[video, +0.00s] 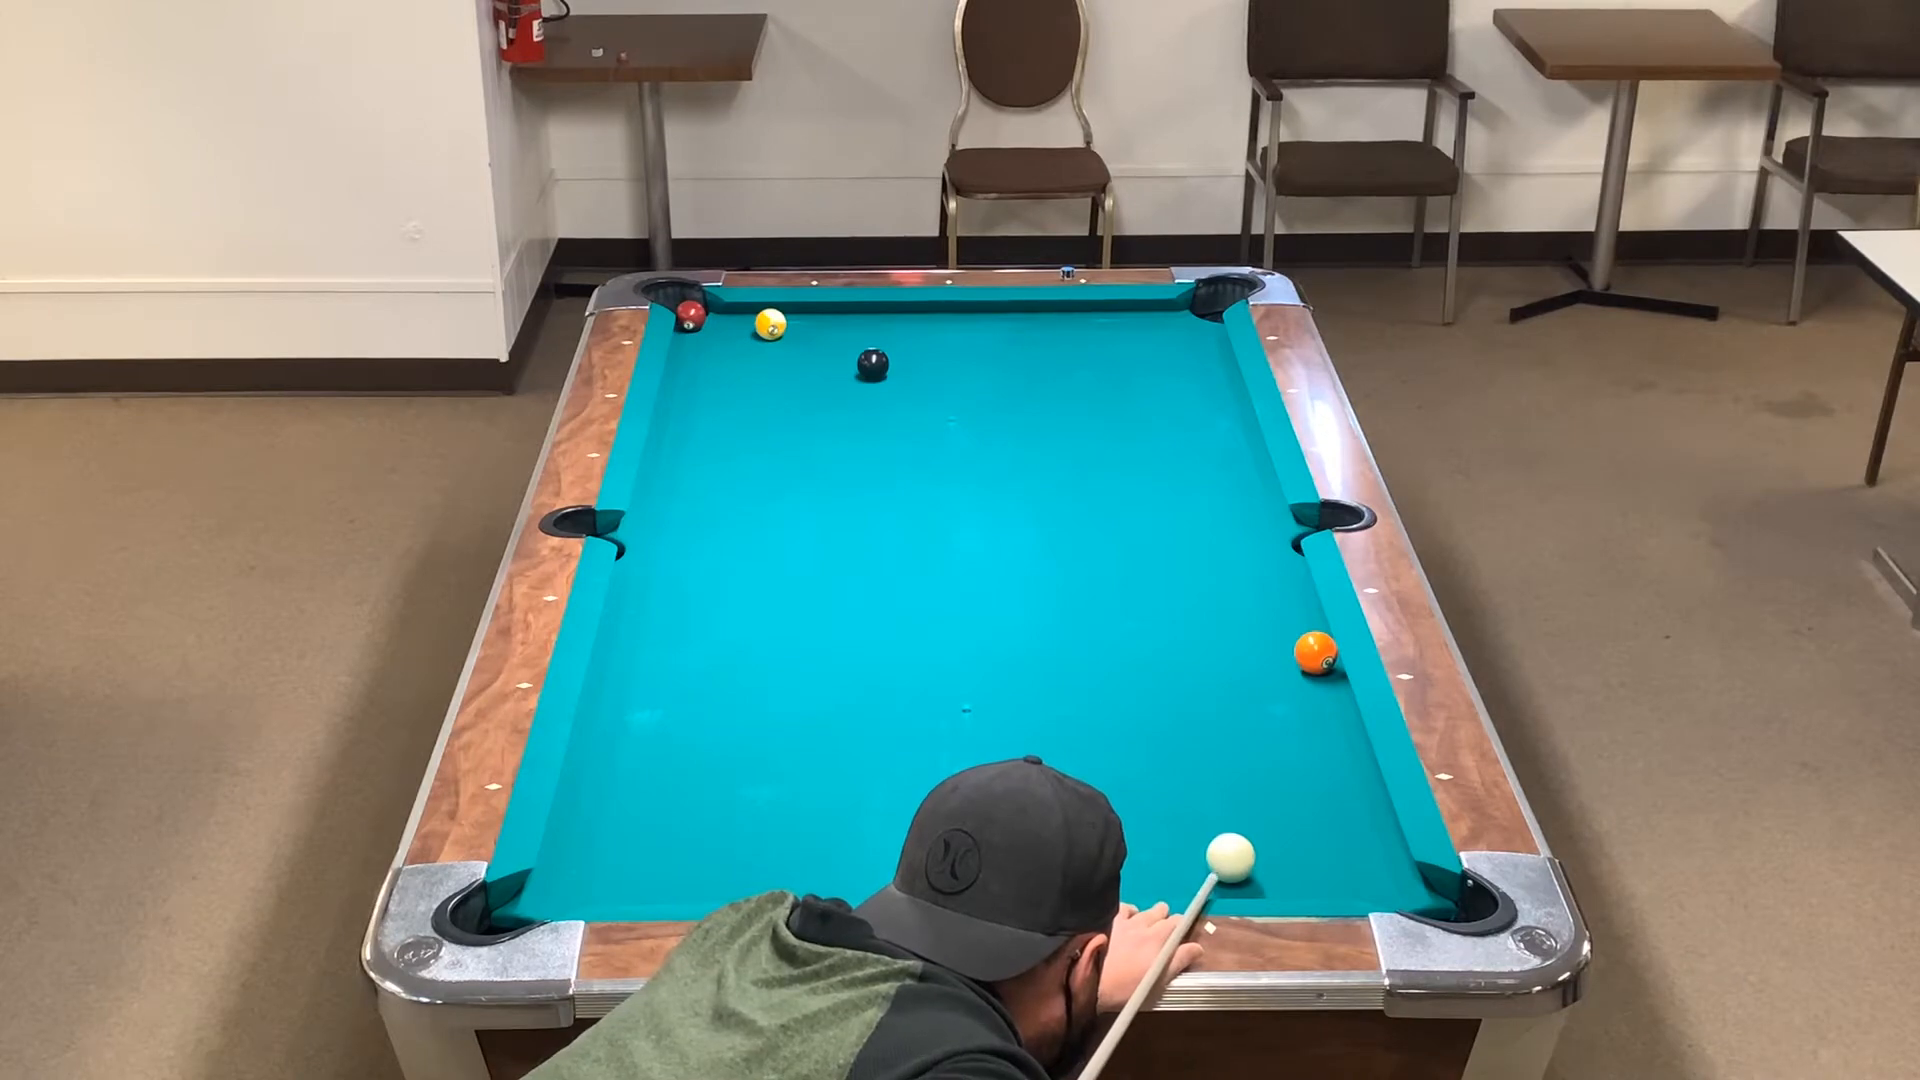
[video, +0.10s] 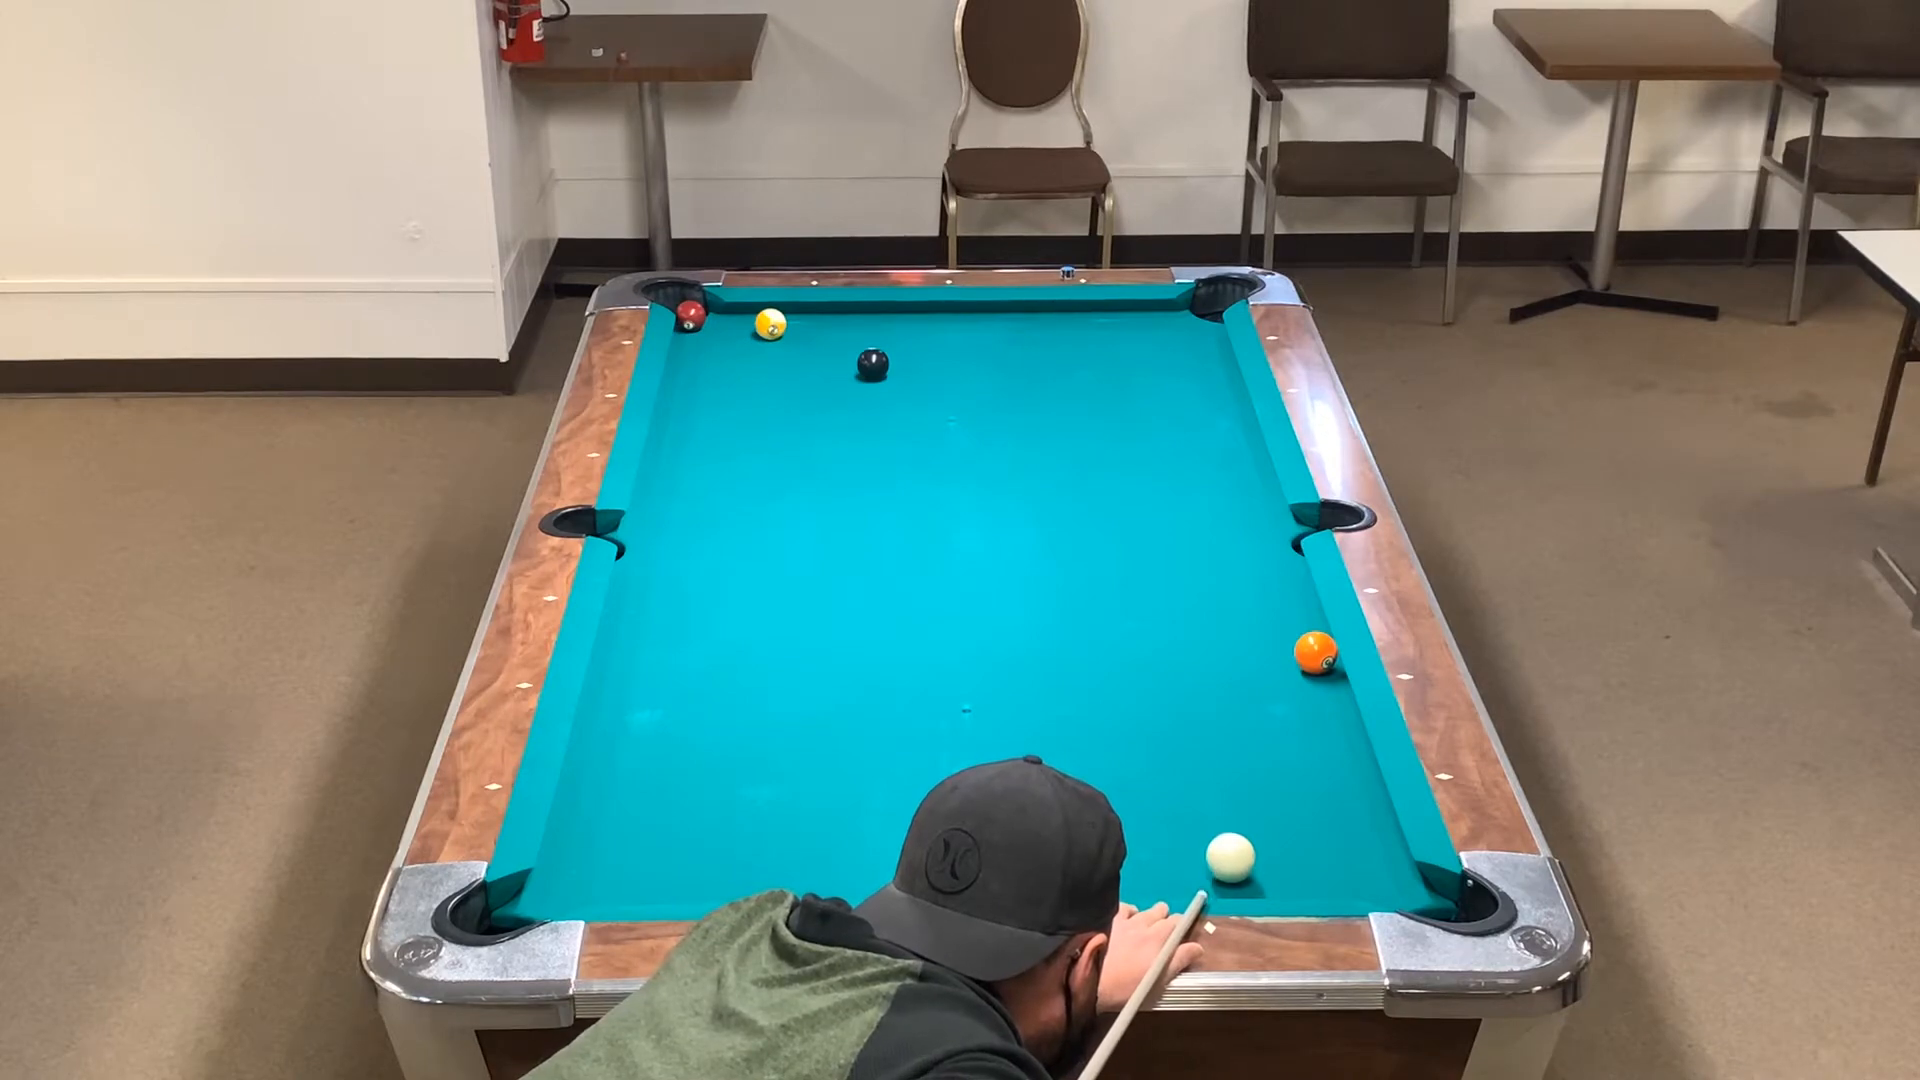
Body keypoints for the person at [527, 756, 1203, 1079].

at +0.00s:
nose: (1106, 949)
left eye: (1105, 936)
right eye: (1106, 938)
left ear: (908, 877)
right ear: (1081, 966)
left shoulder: (749, 921)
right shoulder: (966, 1064)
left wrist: (1073, 999)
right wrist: (1091, 1019)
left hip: (556, 1067)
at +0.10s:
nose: (1107, 945)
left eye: (1104, 933)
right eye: (1106, 934)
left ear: (908, 876)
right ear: (1081, 965)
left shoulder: (749, 920)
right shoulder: (965, 1063)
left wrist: (1072, 1001)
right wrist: (1091, 1020)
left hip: (557, 1067)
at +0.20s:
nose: (1105, 950)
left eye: (1104, 936)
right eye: (1105, 938)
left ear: (908, 877)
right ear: (1081, 966)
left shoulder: (748, 921)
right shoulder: (968, 1063)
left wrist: (1073, 1001)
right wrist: (1095, 1020)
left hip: (558, 1067)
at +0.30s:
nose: (1109, 950)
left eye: (1108, 937)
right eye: (1109, 940)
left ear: (909, 878)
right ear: (1082, 966)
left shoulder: (750, 922)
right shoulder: (966, 1063)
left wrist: (1076, 998)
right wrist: (1107, 1015)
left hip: (559, 1067)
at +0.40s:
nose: (1110, 951)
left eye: (1108, 937)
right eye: (1109, 940)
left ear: (909, 879)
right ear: (1082, 966)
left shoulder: (751, 922)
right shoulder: (969, 1065)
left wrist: (1076, 1000)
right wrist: (1108, 1017)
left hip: (561, 1067)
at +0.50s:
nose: (1109, 951)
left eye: (1106, 938)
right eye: (1108, 941)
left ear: (910, 878)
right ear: (1083, 967)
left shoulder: (751, 922)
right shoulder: (970, 1062)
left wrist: (1074, 1003)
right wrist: (1110, 1017)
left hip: (566, 1065)